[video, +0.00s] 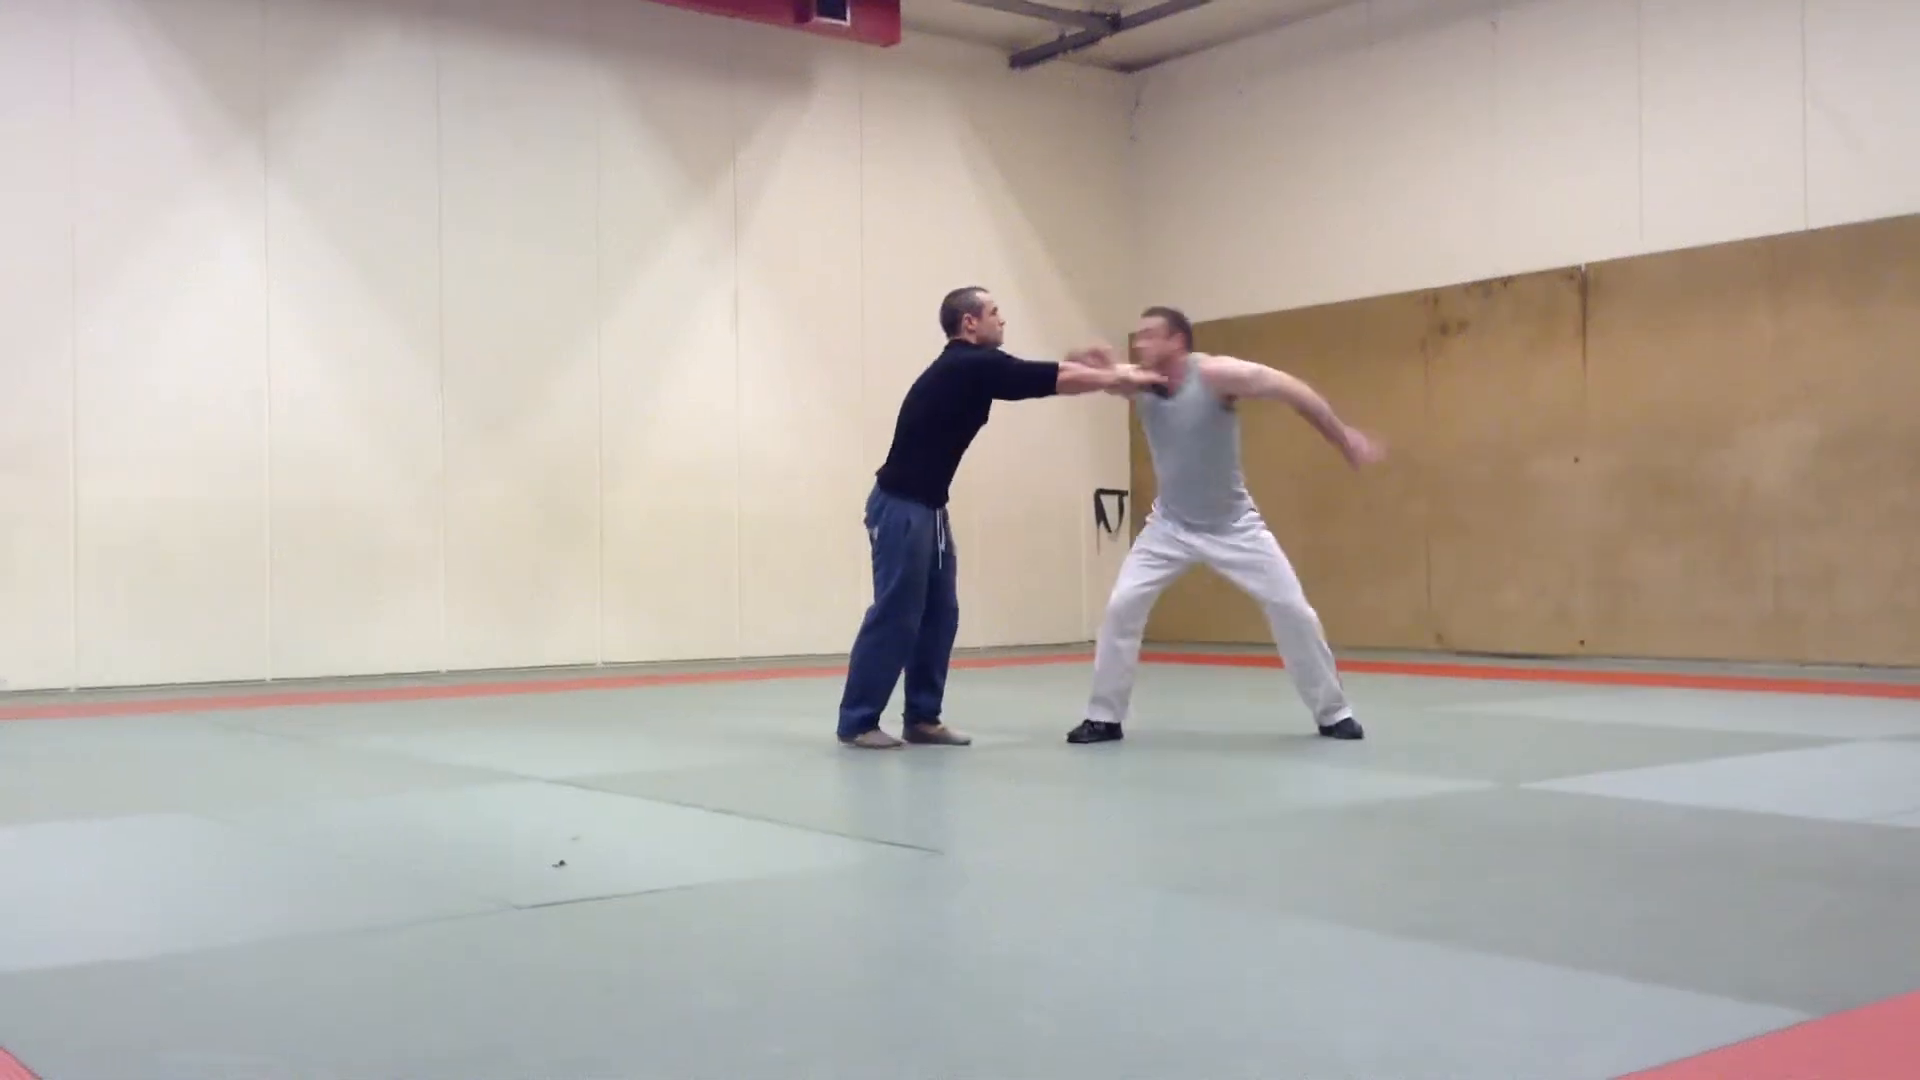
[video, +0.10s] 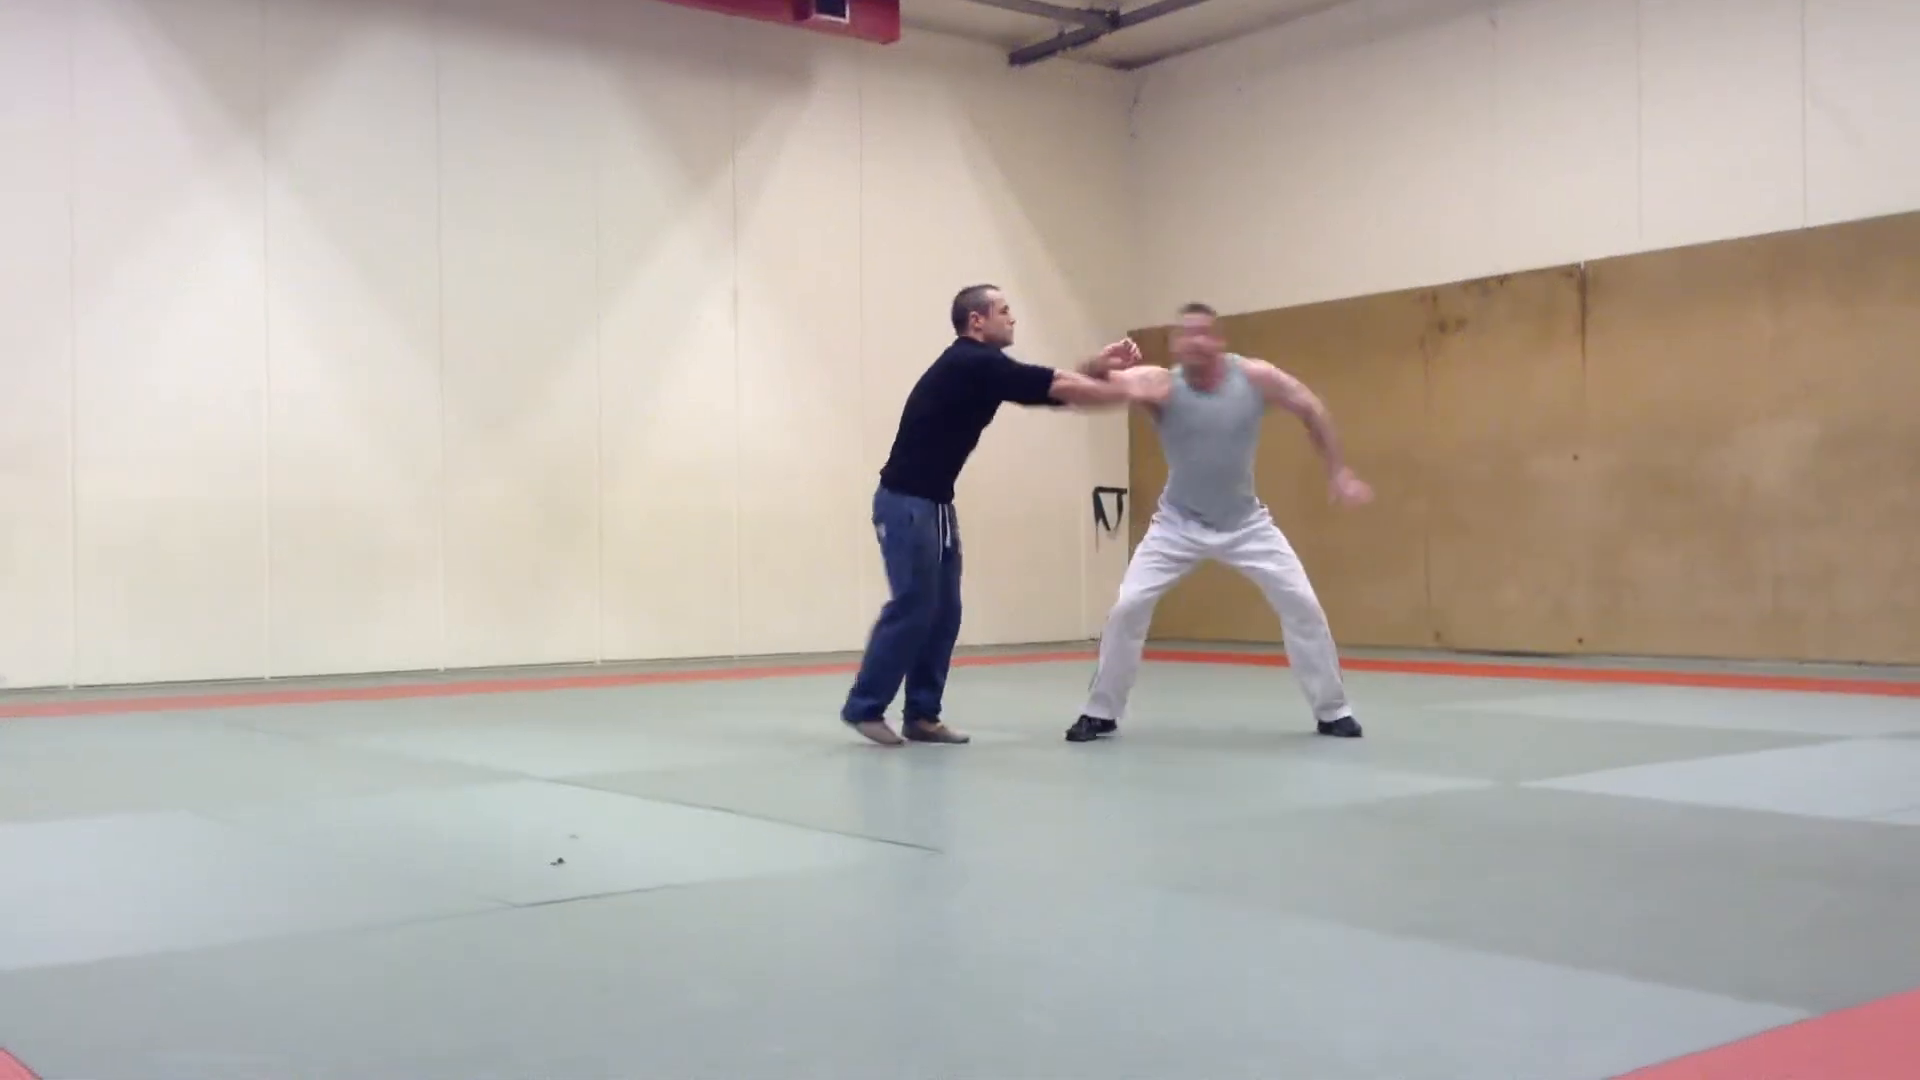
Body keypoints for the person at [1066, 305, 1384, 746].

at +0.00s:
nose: (1140, 345)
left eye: (1149, 336)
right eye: (1138, 337)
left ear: (1179, 341)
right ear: (1138, 345)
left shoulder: (1214, 374)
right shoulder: (1141, 383)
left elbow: (1292, 389)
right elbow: (1110, 383)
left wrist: (1344, 438)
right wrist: (1101, 369)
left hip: (1235, 527)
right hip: (1169, 527)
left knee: (1295, 612)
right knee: (1122, 606)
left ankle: (1332, 712)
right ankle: (1104, 717)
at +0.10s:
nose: (1194, 342)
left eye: (1202, 333)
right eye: (1186, 334)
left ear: (1219, 339)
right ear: (1174, 342)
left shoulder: (1255, 376)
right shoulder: (1158, 384)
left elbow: (1312, 409)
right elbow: (1088, 389)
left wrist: (1339, 472)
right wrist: (1098, 366)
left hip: (1247, 526)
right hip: (1178, 526)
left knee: (1303, 604)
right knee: (1128, 606)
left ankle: (1332, 711)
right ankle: (1101, 712)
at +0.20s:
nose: (1241, 348)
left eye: (1248, 339)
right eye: (1230, 339)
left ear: (1256, 344)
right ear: (1208, 344)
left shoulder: (1276, 389)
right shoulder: (1188, 393)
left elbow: (1293, 437)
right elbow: (1133, 403)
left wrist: (1308, 490)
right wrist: (1100, 385)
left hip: (1250, 528)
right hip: (1183, 526)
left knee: (1308, 605)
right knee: (1132, 604)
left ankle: (1331, 711)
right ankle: (1084, 711)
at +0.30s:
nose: (1259, 361)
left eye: (1263, 353)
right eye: (1249, 353)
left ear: (1269, 357)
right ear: (1224, 358)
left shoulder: (1274, 402)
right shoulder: (1206, 401)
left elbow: (1271, 454)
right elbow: (1173, 421)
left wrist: (1289, 501)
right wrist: (1144, 426)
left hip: (1245, 536)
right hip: (1181, 536)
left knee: (1310, 605)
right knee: (1129, 614)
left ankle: (1329, 714)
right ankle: (1077, 720)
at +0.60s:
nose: (1194, 375)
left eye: (1203, 367)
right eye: (1192, 369)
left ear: (1234, 372)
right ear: (1194, 377)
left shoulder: (1269, 419)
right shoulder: (1176, 418)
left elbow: (1286, 473)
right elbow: (1172, 435)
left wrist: (1288, 535)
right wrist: (1200, 396)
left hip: (1236, 550)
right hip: (1169, 548)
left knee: (1305, 619)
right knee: (1110, 619)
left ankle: (1324, 722)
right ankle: (1073, 726)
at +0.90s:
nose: (1163, 376)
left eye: (1173, 368)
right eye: (1162, 368)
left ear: (1202, 373)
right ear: (1165, 375)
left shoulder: (1246, 418)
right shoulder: (1158, 416)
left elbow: (1278, 471)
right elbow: (1118, 407)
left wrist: (1286, 537)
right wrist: (1181, 414)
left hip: (1225, 553)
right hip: (1157, 552)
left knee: (1297, 625)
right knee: (1096, 620)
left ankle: (1323, 724)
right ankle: (1069, 729)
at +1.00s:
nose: (1164, 375)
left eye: (1173, 366)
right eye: (1162, 367)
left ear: (1202, 371)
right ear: (1165, 375)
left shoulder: (1247, 418)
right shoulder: (1152, 413)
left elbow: (1280, 472)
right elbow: (1092, 400)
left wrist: (1287, 538)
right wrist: (1150, 396)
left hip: (1226, 551)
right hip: (1157, 551)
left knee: (1299, 625)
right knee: (1096, 621)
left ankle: (1323, 724)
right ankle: (1069, 729)